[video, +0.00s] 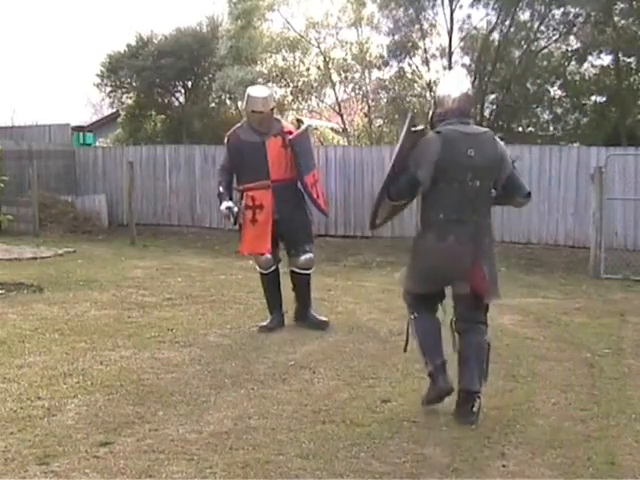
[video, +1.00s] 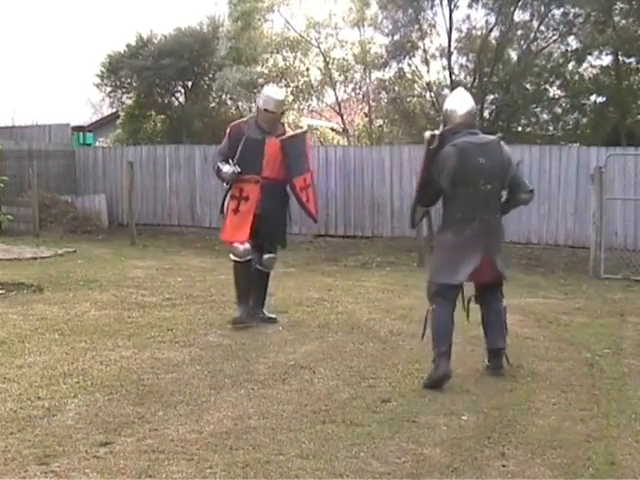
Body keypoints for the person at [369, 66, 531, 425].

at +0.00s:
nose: (433, 116)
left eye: (435, 110)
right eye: (437, 110)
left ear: (439, 112)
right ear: (468, 112)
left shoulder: (433, 143)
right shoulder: (491, 144)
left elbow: (399, 192)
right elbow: (519, 194)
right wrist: (483, 195)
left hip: (436, 243)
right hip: (477, 245)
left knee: (421, 301)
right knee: (473, 318)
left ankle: (438, 375)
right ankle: (469, 398)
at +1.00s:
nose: (445, 123)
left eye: (447, 119)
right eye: (448, 119)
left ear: (451, 120)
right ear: (474, 117)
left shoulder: (448, 152)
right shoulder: (498, 148)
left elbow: (428, 196)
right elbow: (523, 194)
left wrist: (430, 153)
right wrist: (496, 211)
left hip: (455, 235)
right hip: (490, 234)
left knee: (443, 296)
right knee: (491, 292)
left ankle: (441, 362)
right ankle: (497, 358)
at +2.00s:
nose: (468, 123)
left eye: (470, 118)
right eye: (468, 118)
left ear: (477, 117)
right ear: (496, 116)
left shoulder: (475, 146)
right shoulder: (516, 144)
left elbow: (443, 151)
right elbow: (541, 180)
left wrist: (457, 132)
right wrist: (528, 202)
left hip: (484, 225)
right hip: (513, 224)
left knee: (479, 281)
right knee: (516, 276)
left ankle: (484, 341)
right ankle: (534, 331)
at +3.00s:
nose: (447, 129)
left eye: (451, 124)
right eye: (447, 124)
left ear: (463, 124)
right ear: (470, 124)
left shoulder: (466, 151)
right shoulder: (485, 147)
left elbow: (454, 188)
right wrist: (447, 147)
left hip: (471, 222)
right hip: (491, 221)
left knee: (442, 270)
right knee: (493, 270)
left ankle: (432, 327)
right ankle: (527, 316)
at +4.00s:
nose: (456, 128)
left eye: (459, 123)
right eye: (456, 123)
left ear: (467, 124)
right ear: (479, 123)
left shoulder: (474, 152)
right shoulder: (491, 150)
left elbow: (458, 181)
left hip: (471, 219)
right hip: (491, 218)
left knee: (443, 267)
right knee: (493, 269)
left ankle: (433, 327)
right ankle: (516, 322)